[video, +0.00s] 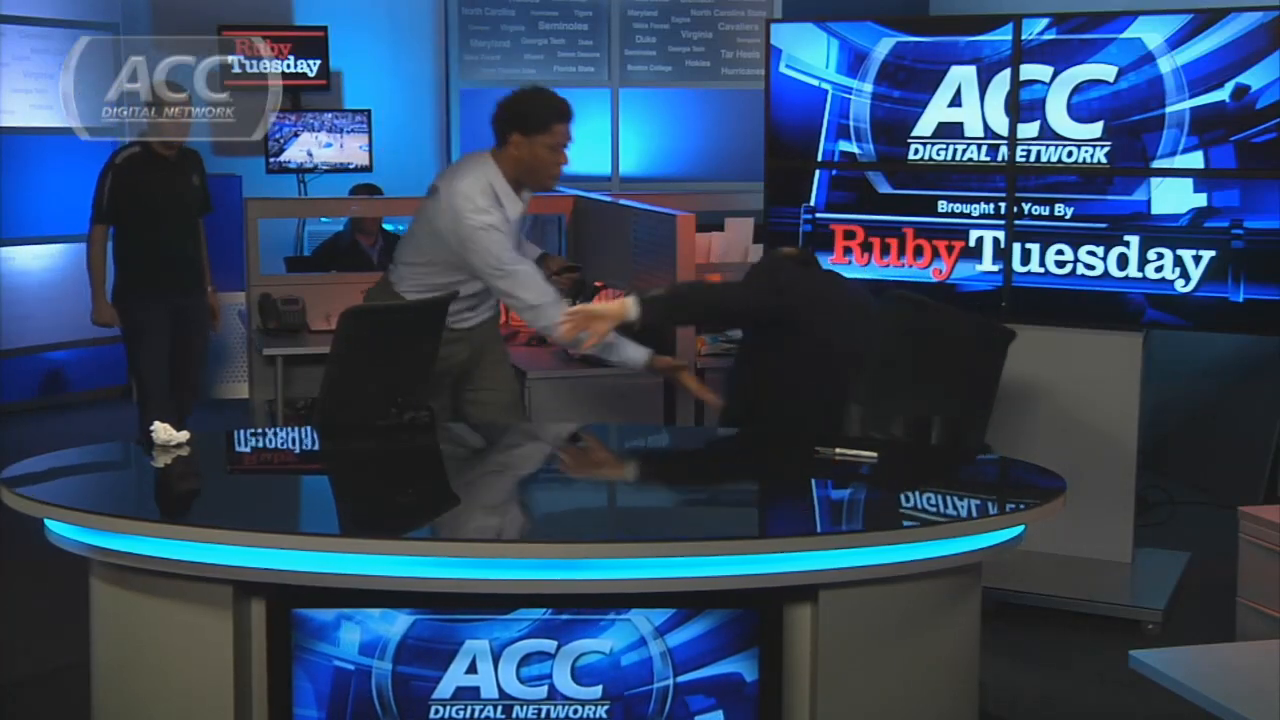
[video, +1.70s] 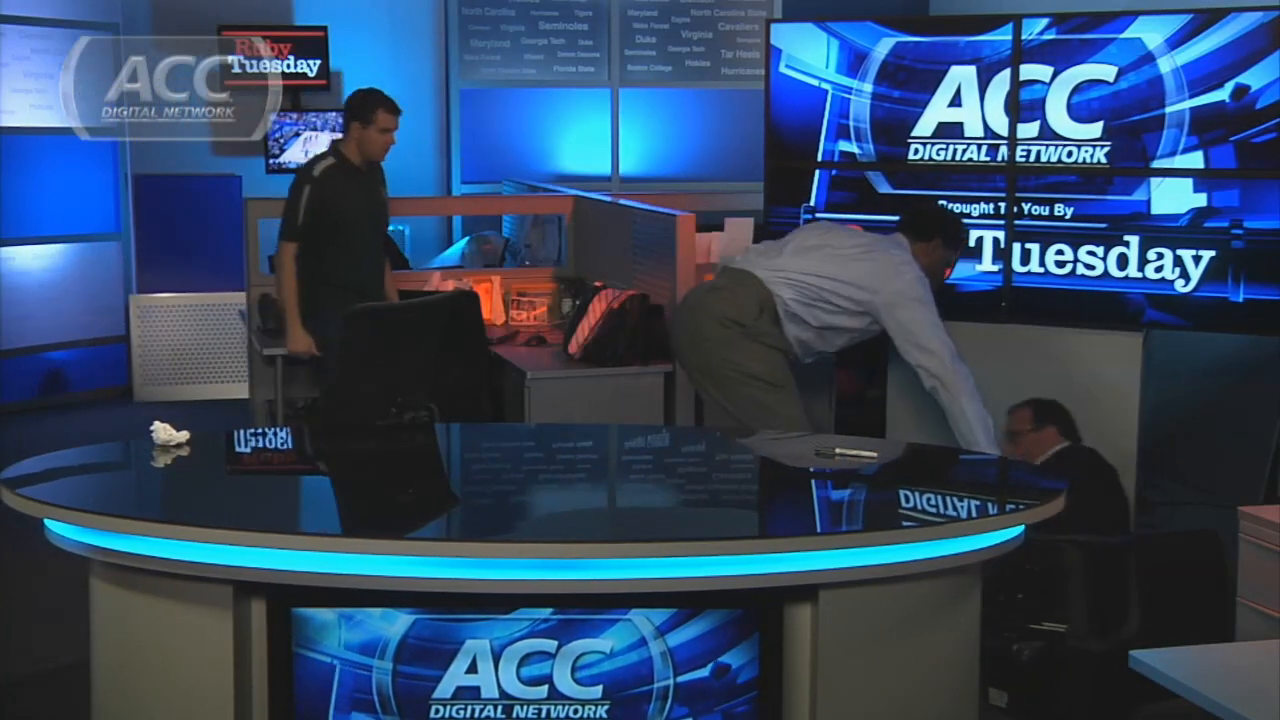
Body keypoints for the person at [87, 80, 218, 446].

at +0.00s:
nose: (180, 122)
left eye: (185, 114)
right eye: (172, 114)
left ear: (190, 117)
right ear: (153, 116)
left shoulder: (191, 161)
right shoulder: (122, 163)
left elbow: (197, 229)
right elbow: (98, 234)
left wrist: (208, 289)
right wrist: (100, 299)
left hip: (188, 291)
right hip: (141, 292)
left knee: (187, 382)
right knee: (152, 386)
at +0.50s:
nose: (202, 121)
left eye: (204, 112)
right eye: (194, 112)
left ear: (208, 115)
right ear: (174, 115)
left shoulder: (212, 159)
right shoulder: (140, 164)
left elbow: (219, 226)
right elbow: (123, 239)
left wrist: (232, 286)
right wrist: (151, 291)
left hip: (213, 294)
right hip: (163, 299)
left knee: (232, 390)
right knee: (170, 397)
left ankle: (242, 470)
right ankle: (173, 480)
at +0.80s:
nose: (250, 132)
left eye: (254, 123)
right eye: (243, 122)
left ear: (258, 121)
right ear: (218, 117)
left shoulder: (247, 164)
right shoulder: (180, 168)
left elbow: (250, 231)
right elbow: (161, 240)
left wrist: (258, 282)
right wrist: (195, 294)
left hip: (245, 300)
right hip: (196, 305)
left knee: (263, 397)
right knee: (190, 403)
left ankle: (261, 474)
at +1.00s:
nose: (290, 131)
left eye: (293, 123)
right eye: (283, 122)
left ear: (289, 125)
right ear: (259, 120)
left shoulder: (279, 165)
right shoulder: (217, 165)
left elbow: (276, 236)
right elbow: (191, 239)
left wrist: (285, 293)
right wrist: (225, 296)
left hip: (276, 304)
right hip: (231, 306)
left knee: (280, 396)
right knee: (230, 398)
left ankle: (276, 474)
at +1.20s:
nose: (318, 132)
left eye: (321, 124)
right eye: (311, 123)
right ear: (285, 120)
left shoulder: (307, 168)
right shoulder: (243, 164)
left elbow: (308, 239)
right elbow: (213, 238)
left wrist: (316, 292)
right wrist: (230, 303)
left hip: (300, 299)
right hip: (258, 302)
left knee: (301, 397)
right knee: (280, 399)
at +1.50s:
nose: (361, 141)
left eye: (363, 133)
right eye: (354, 132)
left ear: (331, 131)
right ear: (326, 129)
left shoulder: (344, 177)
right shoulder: (284, 175)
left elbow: (346, 250)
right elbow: (252, 246)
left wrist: (367, 307)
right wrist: (251, 319)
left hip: (335, 309)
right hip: (294, 310)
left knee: (335, 403)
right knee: (308, 404)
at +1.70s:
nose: (392, 140)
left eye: (393, 132)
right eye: (384, 132)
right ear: (357, 130)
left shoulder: (374, 172)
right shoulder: (314, 176)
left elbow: (377, 250)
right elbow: (286, 254)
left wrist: (394, 309)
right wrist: (295, 328)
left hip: (370, 319)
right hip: (326, 321)